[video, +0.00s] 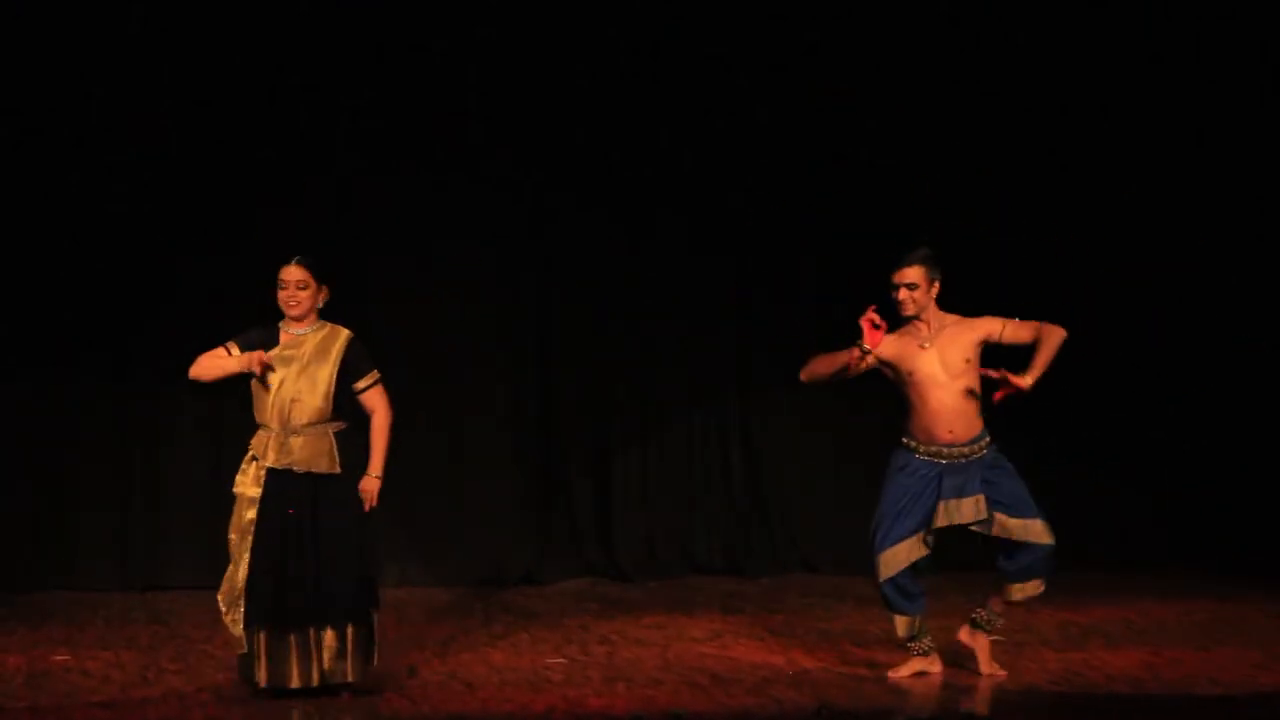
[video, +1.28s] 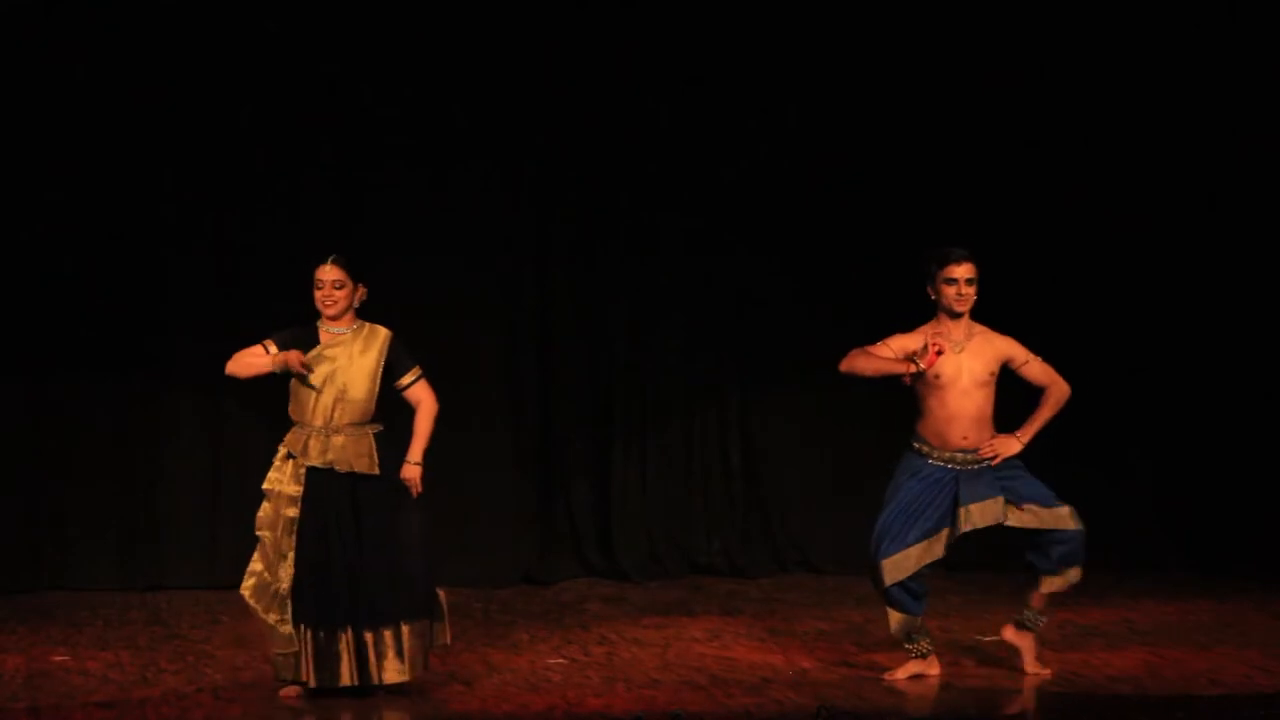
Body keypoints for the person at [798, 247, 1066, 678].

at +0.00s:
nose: (901, 295)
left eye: (910, 287)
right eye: (897, 288)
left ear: (934, 288)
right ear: (894, 292)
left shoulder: (972, 329)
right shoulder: (890, 345)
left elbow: (1052, 333)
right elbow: (809, 374)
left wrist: (1028, 377)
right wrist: (856, 353)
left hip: (979, 457)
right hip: (919, 460)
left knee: (1035, 545)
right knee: (891, 552)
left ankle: (981, 627)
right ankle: (922, 653)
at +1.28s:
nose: (962, 290)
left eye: (969, 283)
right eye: (951, 282)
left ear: (977, 289)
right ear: (934, 289)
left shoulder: (997, 345)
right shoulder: (918, 340)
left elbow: (1059, 388)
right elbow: (850, 364)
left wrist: (1020, 437)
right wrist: (910, 366)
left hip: (990, 463)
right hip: (927, 464)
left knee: (1065, 532)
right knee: (891, 549)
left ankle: (1025, 627)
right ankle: (922, 655)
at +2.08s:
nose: (968, 276)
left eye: (976, 269)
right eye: (958, 268)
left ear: (986, 278)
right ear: (942, 276)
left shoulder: (1007, 332)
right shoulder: (924, 333)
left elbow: (1075, 376)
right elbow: (854, 332)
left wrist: (1038, 429)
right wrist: (920, 327)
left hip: (1003, 455)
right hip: (945, 455)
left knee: (1037, 556)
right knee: (926, 554)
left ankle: (997, 647)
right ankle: (953, 652)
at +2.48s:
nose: (904, 284)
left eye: (915, 277)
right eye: (900, 276)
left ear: (937, 285)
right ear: (895, 282)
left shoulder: (971, 334)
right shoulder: (884, 339)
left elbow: (1037, 379)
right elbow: (799, 351)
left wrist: (1000, 435)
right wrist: (861, 342)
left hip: (965, 458)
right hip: (908, 458)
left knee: (1008, 545)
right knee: (899, 557)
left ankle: (935, 589)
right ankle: (924, 658)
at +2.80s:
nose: (894, 286)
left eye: (904, 279)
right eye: (888, 278)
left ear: (922, 286)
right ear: (879, 285)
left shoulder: (958, 333)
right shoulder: (871, 343)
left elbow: (1024, 378)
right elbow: (791, 355)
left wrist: (988, 436)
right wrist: (851, 341)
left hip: (948, 461)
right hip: (893, 457)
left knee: (955, 569)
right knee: (873, 557)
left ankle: (890, 581)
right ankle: (881, 659)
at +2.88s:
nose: (904, 287)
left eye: (914, 279)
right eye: (896, 279)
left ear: (930, 286)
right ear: (887, 285)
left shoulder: (964, 335)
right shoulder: (875, 343)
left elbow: (1026, 384)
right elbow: (801, 358)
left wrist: (990, 438)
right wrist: (863, 344)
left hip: (951, 462)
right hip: (896, 458)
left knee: (986, 555)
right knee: (871, 557)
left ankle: (912, 610)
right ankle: (884, 658)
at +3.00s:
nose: (925, 282)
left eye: (934, 274)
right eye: (915, 274)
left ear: (946, 281)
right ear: (903, 281)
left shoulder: (976, 331)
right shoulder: (893, 336)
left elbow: (1039, 379)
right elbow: (822, 358)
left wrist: (1003, 435)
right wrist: (881, 345)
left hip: (967, 457)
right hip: (909, 455)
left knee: (1006, 549)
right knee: (883, 549)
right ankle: (889, 658)